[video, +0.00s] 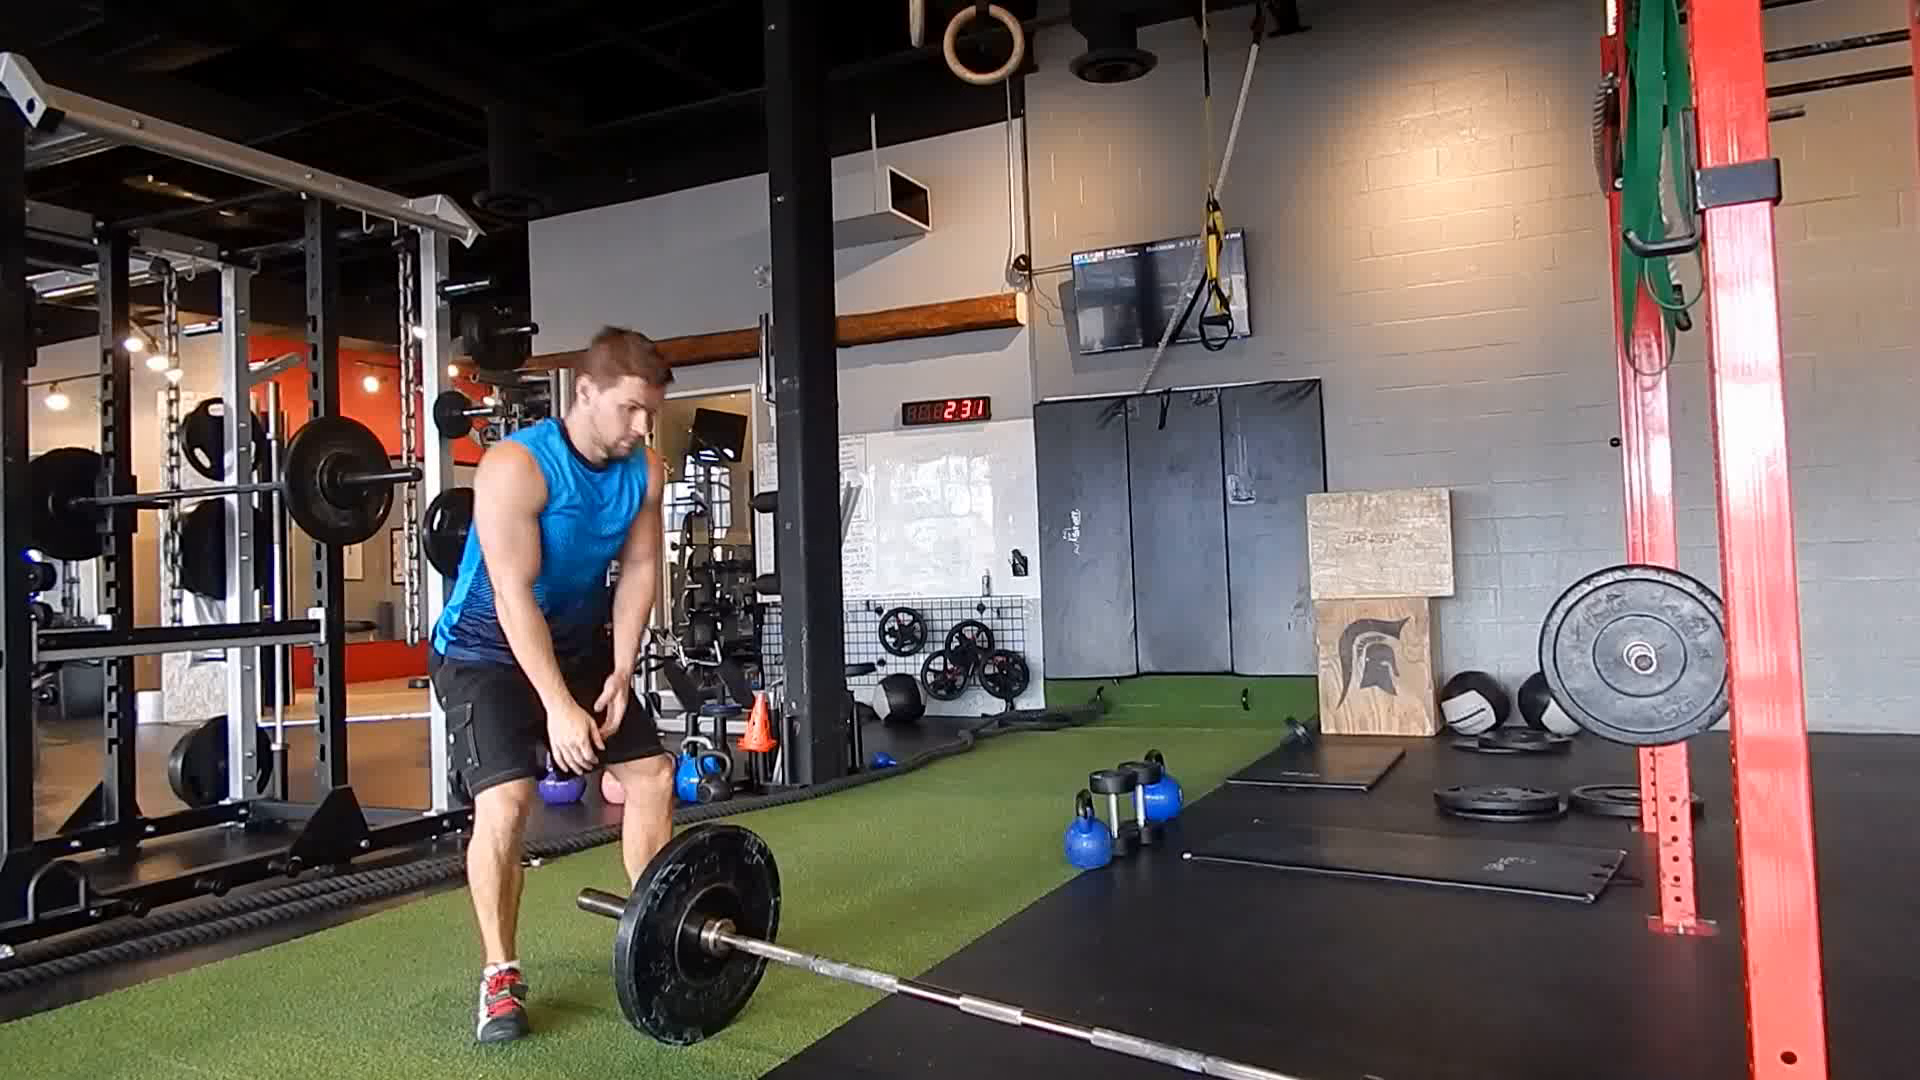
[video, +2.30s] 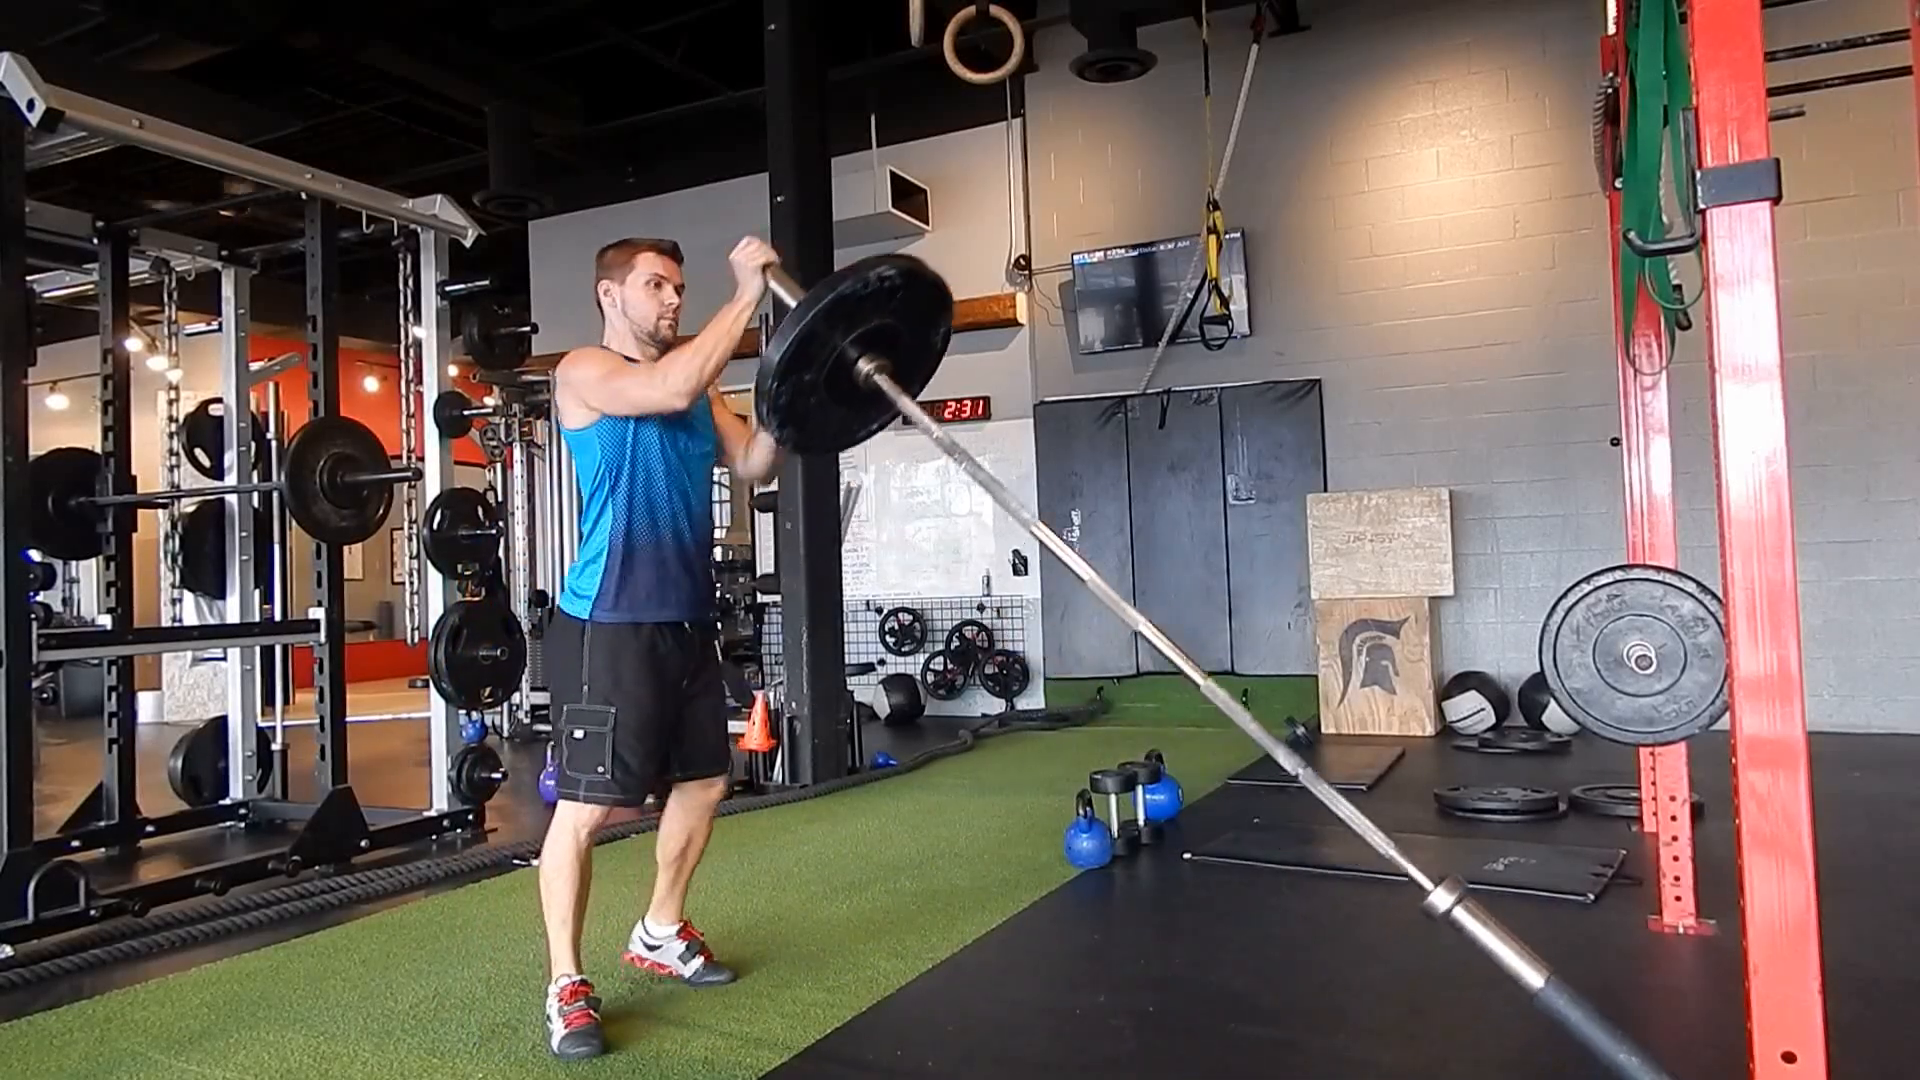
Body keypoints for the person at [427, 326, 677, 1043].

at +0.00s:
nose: (644, 426)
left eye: (651, 410)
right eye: (632, 409)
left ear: (654, 407)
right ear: (585, 394)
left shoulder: (641, 463)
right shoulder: (513, 467)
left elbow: (640, 566)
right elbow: (513, 594)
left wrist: (622, 669)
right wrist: (556, 702)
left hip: (579, 642)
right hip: (488, 650)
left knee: (652, 773)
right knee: (507, 795)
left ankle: (667, 945)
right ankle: (500, 971)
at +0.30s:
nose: (680, 555)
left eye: (689, 540)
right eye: (666, 538)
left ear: (696, 537)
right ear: (622, 528)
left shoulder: (688, 596)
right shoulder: (555, 602)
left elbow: (664, 705)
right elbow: (552, 730)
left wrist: (628, 818)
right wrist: (591, 845)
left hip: (605, 731)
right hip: (512, 735)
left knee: (723, 788)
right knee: (499, 832)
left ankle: (656, 903)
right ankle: (507, 981)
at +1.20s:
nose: (665, 481)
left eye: (671, 467)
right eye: (648, 468)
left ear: (677, 471)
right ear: (604, 474)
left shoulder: (687, 538)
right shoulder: (552, 554)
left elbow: (690, 628)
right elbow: (532, 670)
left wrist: (648, 700)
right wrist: (620, 737)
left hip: (624, 707)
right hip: (535, 705)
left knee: (717, 791)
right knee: (508, 828)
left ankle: (655, 944)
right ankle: (508, 984)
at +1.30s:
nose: (664, 414)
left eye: (669, 400)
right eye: (647, 401)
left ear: (675, 404)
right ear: (603, 407)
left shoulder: (688, 467)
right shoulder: (558, 488)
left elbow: (702, 558)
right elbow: (532, 603)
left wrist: (658, 618)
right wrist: (626, 650)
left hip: (635, 667)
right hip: (547, 668)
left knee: (718, 787)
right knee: (528, 808)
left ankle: (652, 943)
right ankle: (509, 982)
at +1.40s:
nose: (664, 360)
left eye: (669, 347)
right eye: (647, 347)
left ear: (674, 352)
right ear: (604, 352)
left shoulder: (686, 412)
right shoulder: (560, 437)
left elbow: (718, 501)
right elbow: (519, 546)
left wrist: (679, 533)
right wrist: (622, 568)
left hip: (655, 637)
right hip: (568, 642)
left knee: (697, 775)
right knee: (565, 788)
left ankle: (652, 942)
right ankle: (523, 972)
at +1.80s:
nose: (676, 322)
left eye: (681, 308)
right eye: (659, 309)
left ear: (684, 314)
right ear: (615, 315)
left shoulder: (702, 381)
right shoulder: (581, 405)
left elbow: (769, 438)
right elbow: (615, 511)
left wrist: (746, 419)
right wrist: (682, 437)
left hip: (698, 627)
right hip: (618, 630)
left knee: (673, 792)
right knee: (599, 803)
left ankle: (651, 942)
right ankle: (570, 983)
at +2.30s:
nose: (676, 300)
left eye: (681, 291)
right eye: (660, 286)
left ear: (680, 304)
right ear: (610, 294)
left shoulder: (694, 387)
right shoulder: (580, 371)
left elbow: (755, 463)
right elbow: (674, 383)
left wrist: (809, 385)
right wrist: (744, 300)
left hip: (687, 622)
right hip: (605, 622)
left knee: (702, 780)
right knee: (587, 803)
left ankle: (661, 929)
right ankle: (566, 981)